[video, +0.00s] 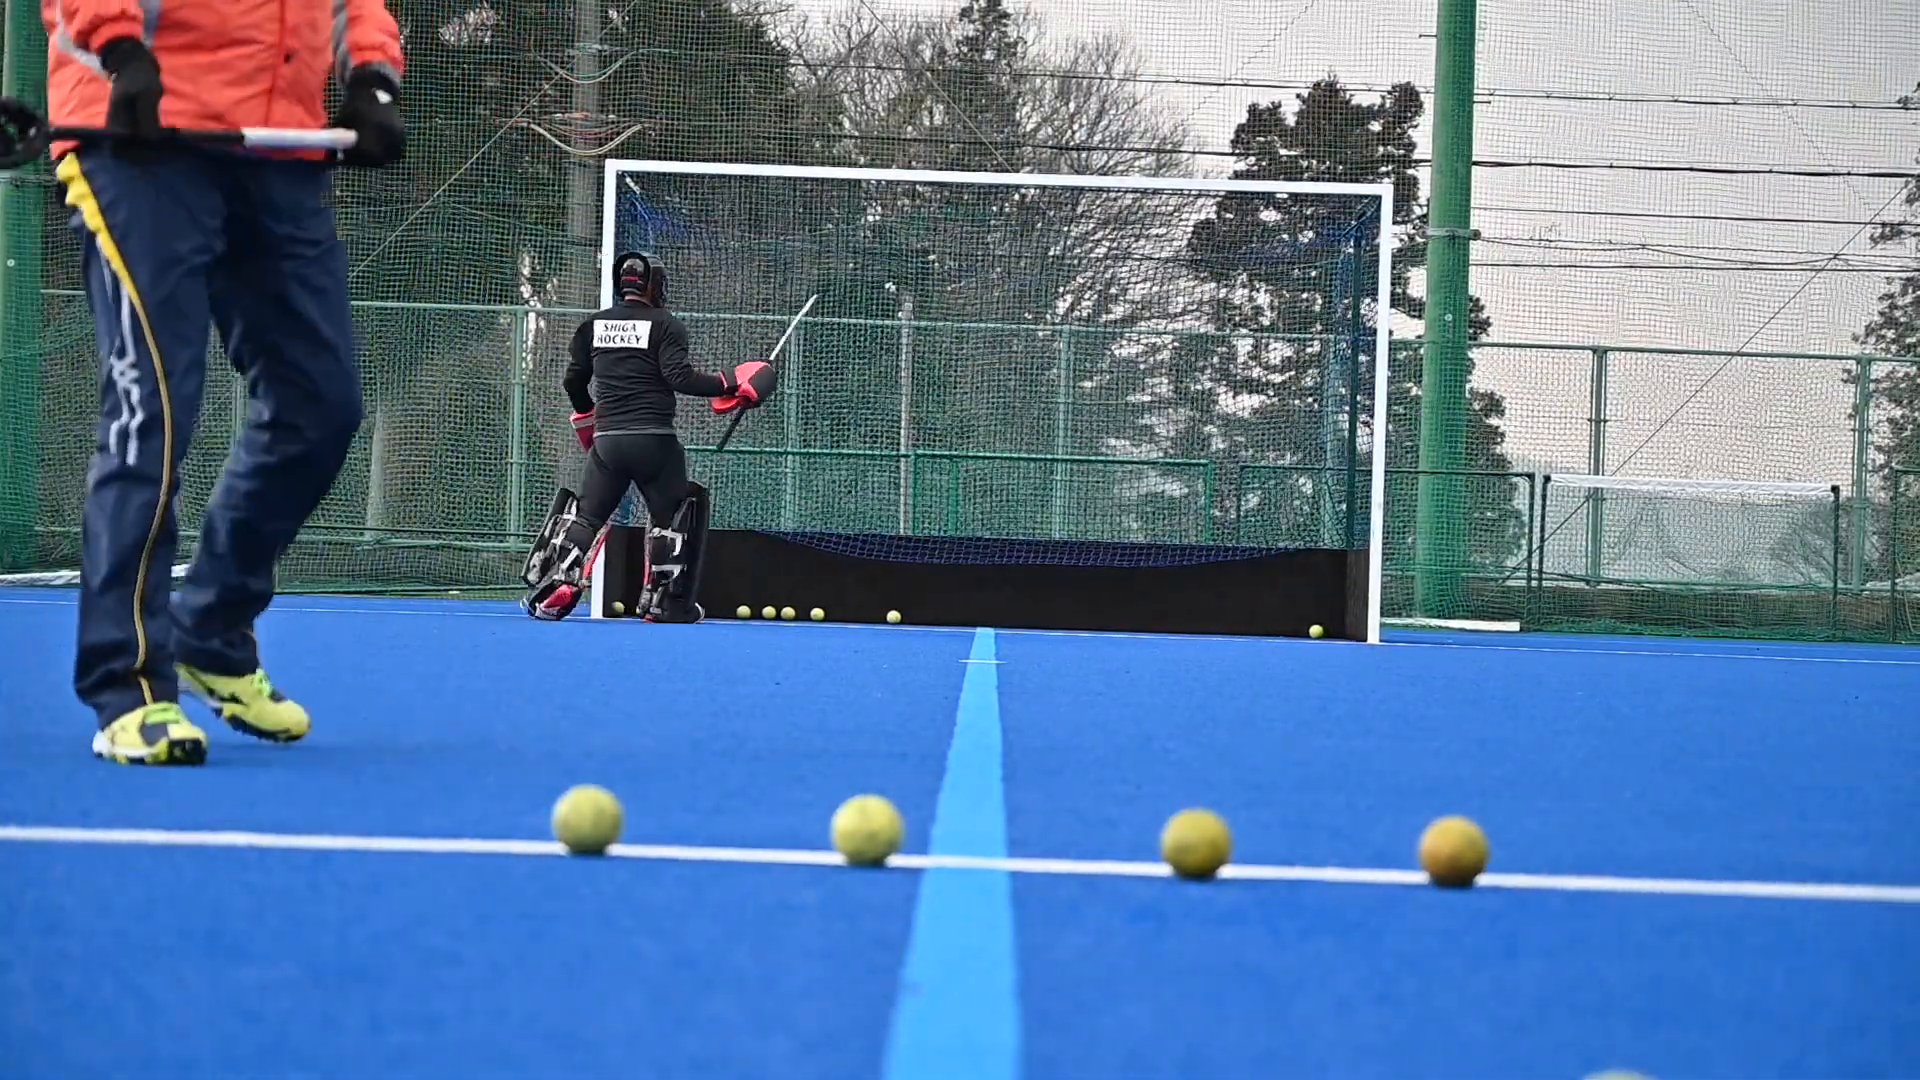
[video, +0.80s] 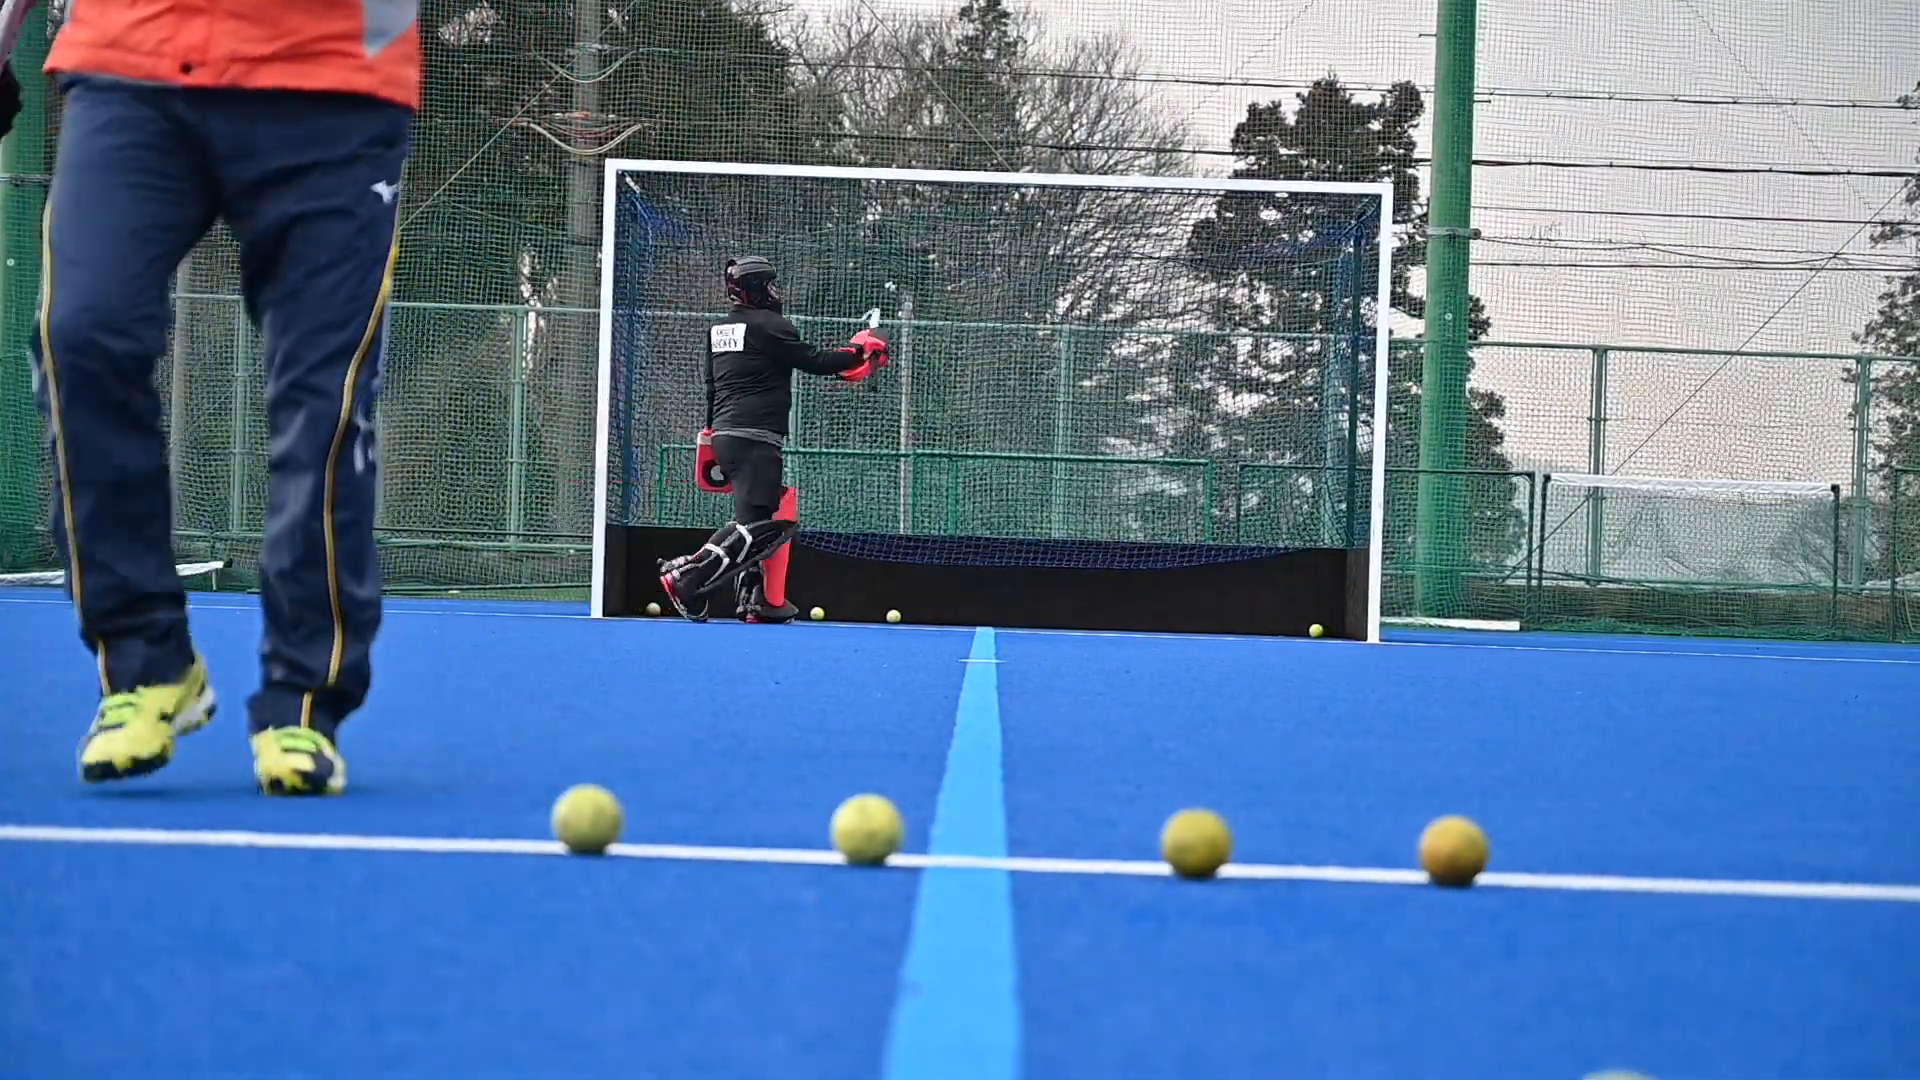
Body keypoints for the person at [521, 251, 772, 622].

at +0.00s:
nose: (665, 293)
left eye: (663, 286)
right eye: (662, 287)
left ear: (622, 287)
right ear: (654, 288)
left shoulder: (594, 323)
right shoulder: (665, 324)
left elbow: (574, 381)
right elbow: (677, 377)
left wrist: (585, 413)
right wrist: (726, 382)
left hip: (608, 440)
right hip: (655, 441)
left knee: (587, 519)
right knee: (669, 524)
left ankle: (556, 588)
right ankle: (668, 602)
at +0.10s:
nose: (683, 290)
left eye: (682, 283)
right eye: (680, 283)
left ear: (640, 284)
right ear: (670, 285)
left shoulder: (614, 321)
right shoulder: (682, 323)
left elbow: (600, 380)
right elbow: (709, 376)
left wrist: (591, 424)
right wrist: (751, 378)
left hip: (625, 439)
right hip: (669, 441)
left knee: (609, 514)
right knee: (675, 527)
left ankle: (577, 562)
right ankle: (668, 604)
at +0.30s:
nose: (711, 283)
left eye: (708, 276)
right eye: (706, 277)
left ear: (669, 280)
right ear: (696, 280)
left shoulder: (645, 317)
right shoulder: (709, 319)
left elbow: (630, 375)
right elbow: (747, 370)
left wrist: (607, 417)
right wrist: (788, 364)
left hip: (650, 435)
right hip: (690, 436)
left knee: (655, 508)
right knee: (681, 522)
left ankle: (619, 581)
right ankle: (666, 601)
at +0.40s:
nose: (722, 284)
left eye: (720, 278)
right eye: (718, 278)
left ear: (681, 281)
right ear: (708, 281)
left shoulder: (657, 317)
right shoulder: (722, 322)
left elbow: (641, 375)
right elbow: (757, 371)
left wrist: (617, 417)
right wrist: (797, 362)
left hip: (661, 436)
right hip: (700, 436)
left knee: (679, 512)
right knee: (687, 522)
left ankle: (658, 591)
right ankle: (664, 602)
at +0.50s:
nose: (734, 286)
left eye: (732, 280)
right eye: (730, 280)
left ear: (695, 284)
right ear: (718, 284)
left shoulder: (672, 320)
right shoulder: (732, 324)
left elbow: (654, 379)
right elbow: (775, 369)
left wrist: (634, 424)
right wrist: (814, 357)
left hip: (674, 434)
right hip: (709, 435)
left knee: (718, 510)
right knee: (689, 520)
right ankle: (665, 599)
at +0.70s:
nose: (761, 291)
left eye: (759, 284)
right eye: (756, 285)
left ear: (725, 291)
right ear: (742, 289)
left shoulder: (703, 327)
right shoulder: (760, 328)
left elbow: (691, 386)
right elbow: (799, 366)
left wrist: (684, 427)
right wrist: (841, 358)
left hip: (707, 436)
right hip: (740, 439)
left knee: (744, 515)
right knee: (718, 522)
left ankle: (750, 596)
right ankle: (675, 591)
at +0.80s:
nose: (777, 291)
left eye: (774, 284)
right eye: (771, 285)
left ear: (737, 291)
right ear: (758, 289)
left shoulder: (718, 329)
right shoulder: (769, 325)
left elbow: (714, 389)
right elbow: (815, 361)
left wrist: (712, 435)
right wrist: (858, 353)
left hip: (727, 437)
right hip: (756, 439)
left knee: (753, 521)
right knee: (760, 526)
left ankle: (752, 599)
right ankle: (688, 577)